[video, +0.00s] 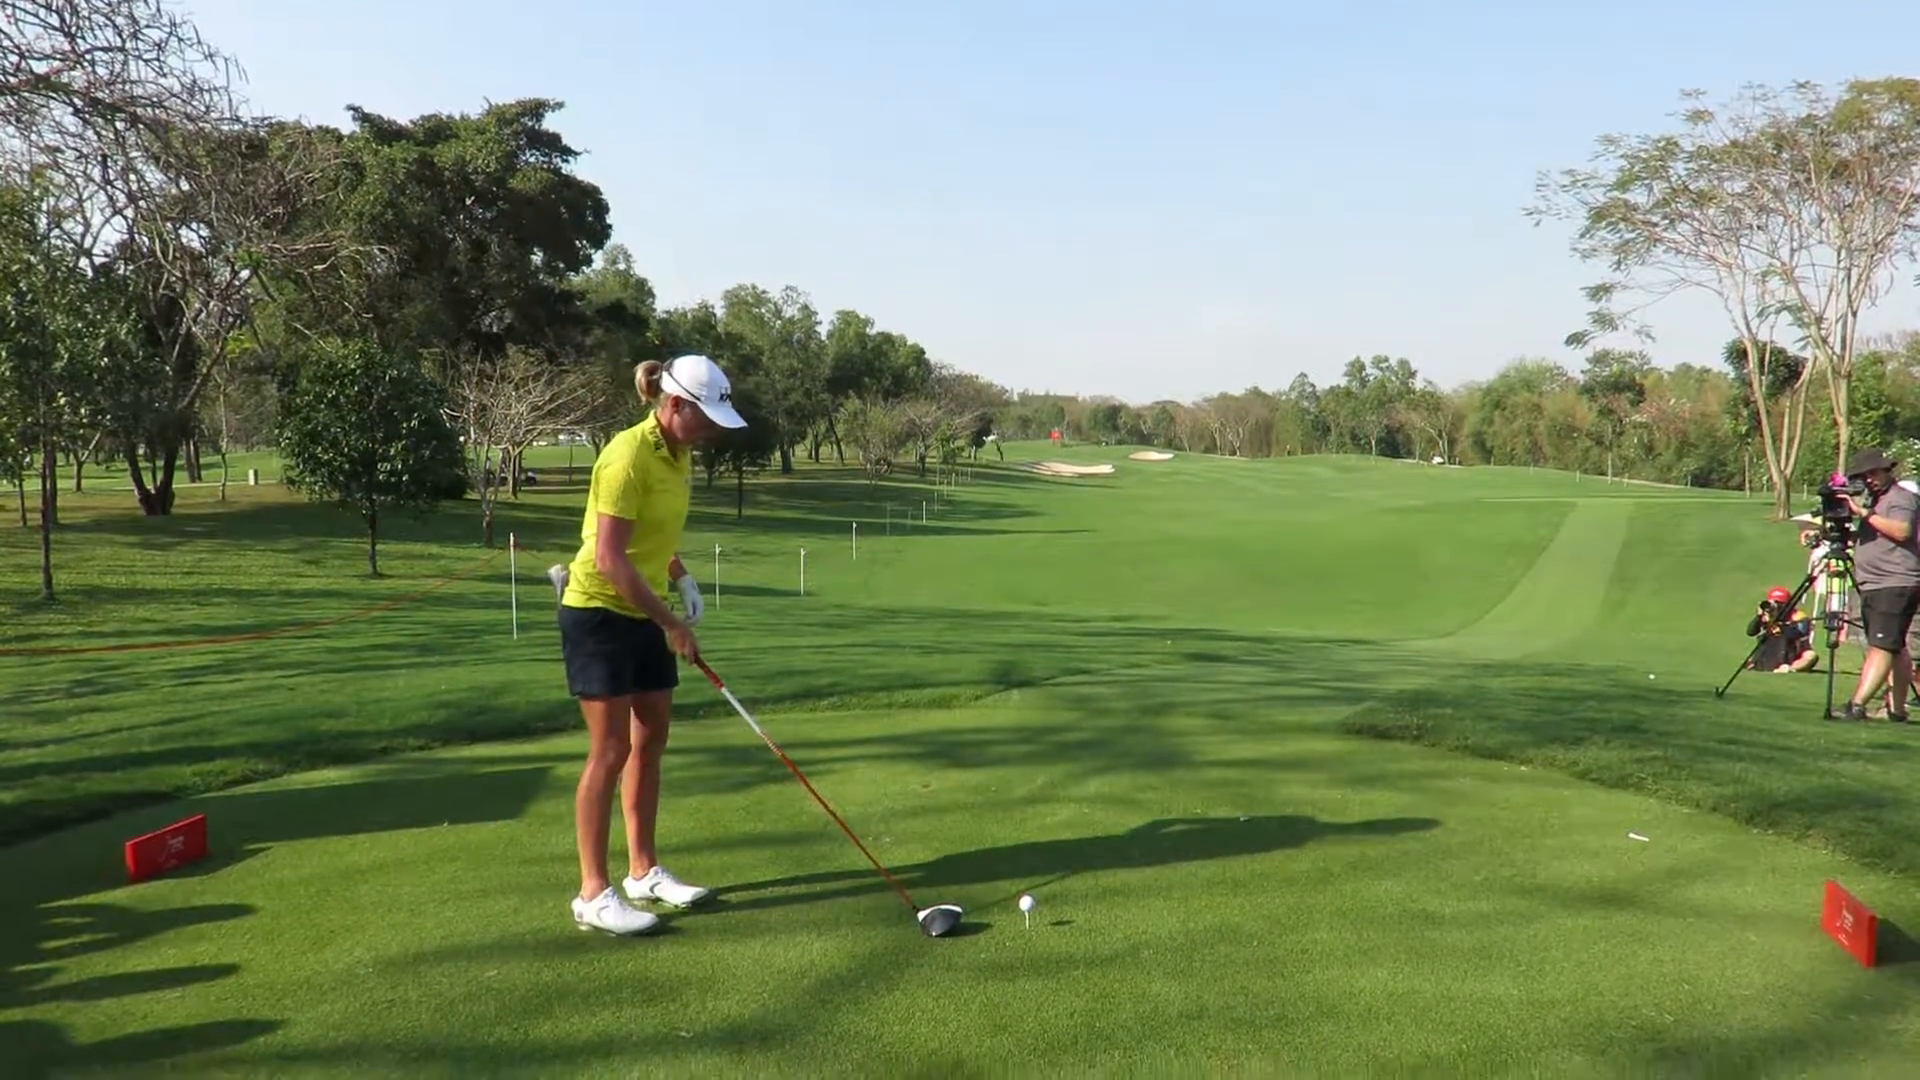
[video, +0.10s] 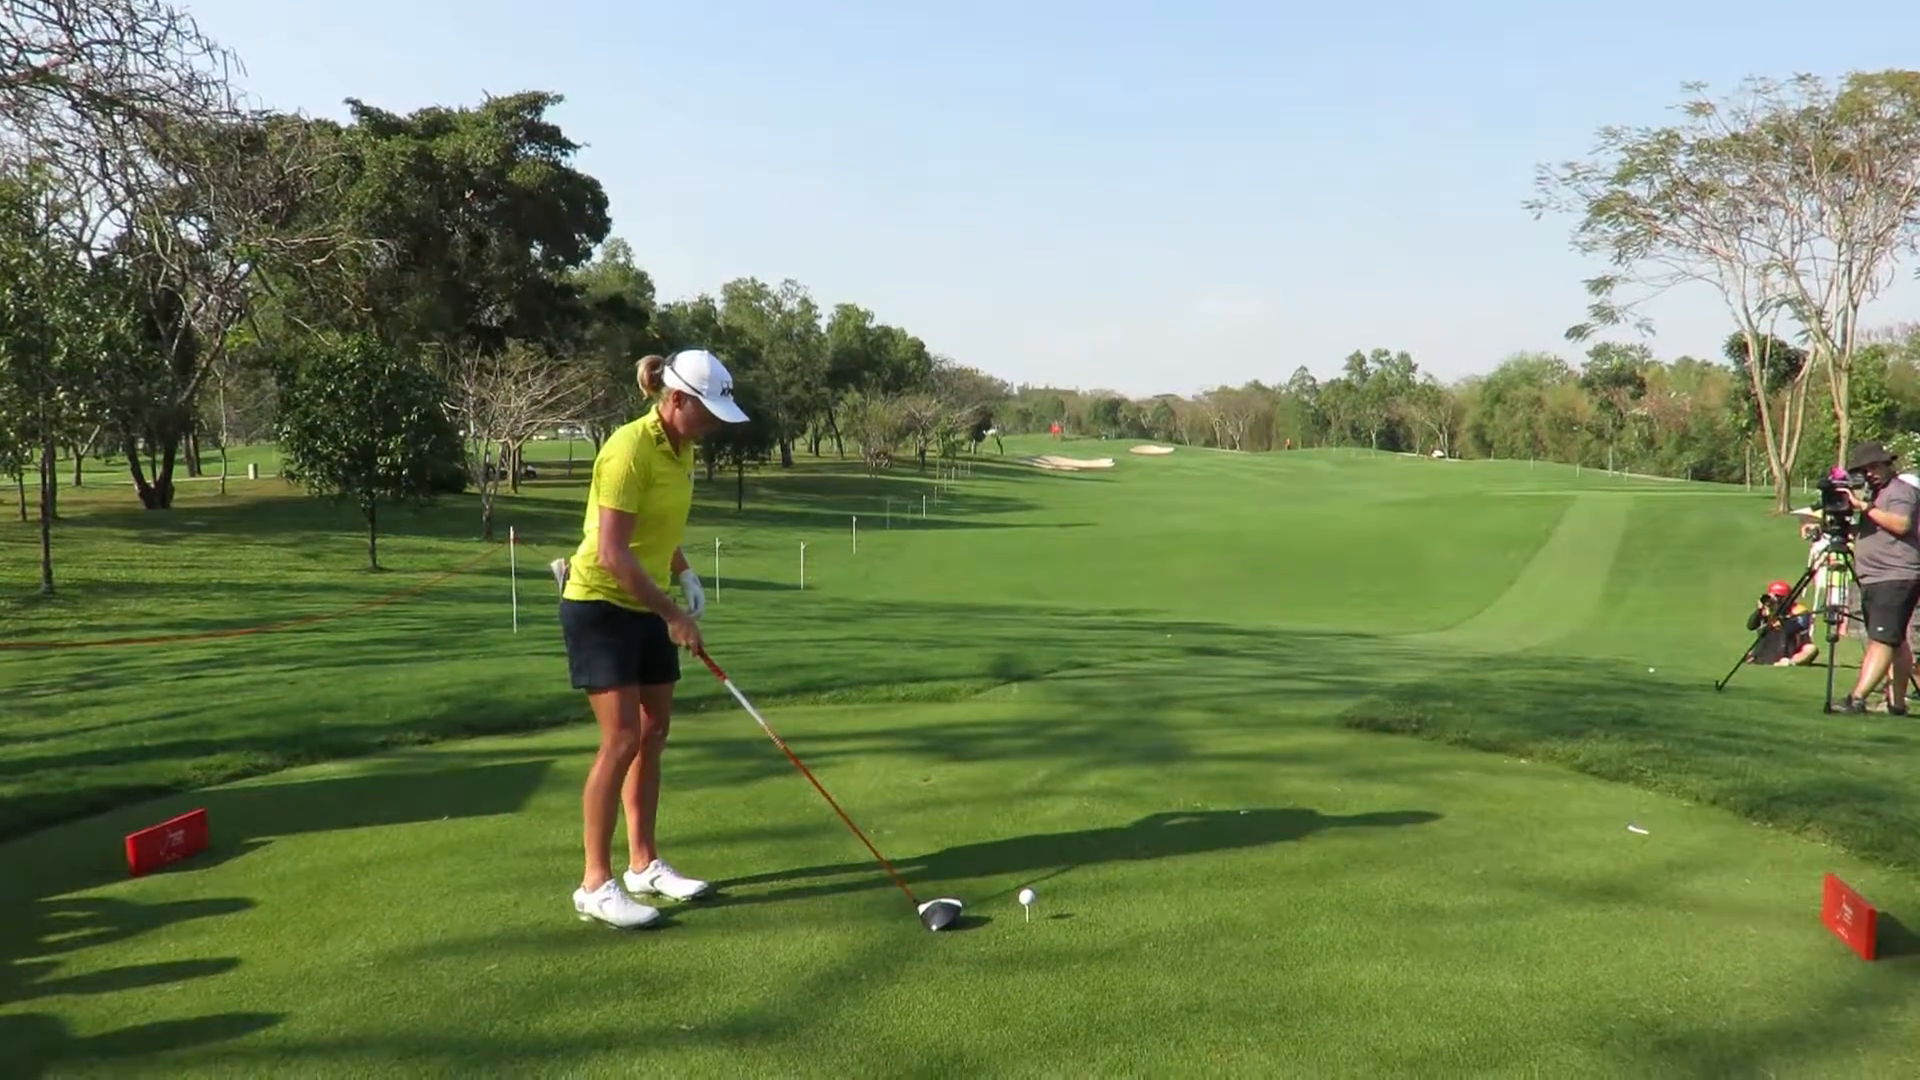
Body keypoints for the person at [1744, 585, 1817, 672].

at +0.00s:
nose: (1774, 609)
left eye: (1778, 605)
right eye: (1772, 605)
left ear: (1786, 605)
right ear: (1769, 604)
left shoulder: (1798, 618)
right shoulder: (1769, 616)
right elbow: (1750, 632)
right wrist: (1759, 617)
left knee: (1811, 655)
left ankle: (1792, 668)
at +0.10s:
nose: (1773, 603)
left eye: (1777, 599)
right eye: (1771, 599)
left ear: (1785, 599)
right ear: (1769, 598)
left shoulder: (1799, 611)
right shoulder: (1769, 610)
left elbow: (1800, 626)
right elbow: (1751, 626)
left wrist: (1782, 623)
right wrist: (1759, 611)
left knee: (1812, 648)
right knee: (1749, 655)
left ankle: (1791, 661)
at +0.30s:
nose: (1772, 595)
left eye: (1776, 592)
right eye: (1770, 592)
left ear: (1785, 592)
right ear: (1767, 591)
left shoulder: (1798, 604)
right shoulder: (1768, 603)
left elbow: (1800, 618)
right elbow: (1749, 619)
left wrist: (1781, 616)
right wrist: (1758, 604)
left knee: (1810, 641)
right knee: (1748, 649)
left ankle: (1790, 654)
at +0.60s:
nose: (1773, 588)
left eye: (1777, 585)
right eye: (1771, 585)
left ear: (1785, 585)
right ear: (1768, 584)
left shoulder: (1799, 597)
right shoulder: (1768, 596)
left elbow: (1797, 614)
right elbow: (1750, 612)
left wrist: (1782, 608)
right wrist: (1759, 597)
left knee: (1811, 635)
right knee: (1749, 643)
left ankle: (1790, 648)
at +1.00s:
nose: (1773, 581)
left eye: (1776, 577)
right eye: (1770, 577)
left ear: (1785, 577)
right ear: (1768, 576)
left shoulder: (1798, 589)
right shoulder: (1769, 588)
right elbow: (1750, 604)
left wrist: (1782, 602)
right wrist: (1759, 589)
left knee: (1810, 627)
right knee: (1748, 634)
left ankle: (1790, 640)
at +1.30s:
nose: (1773, 576)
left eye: (1776, 572)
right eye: (1770, 572)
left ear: (1785, 572)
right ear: (1768, 571)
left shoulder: (1798, 583)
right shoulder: (1769, 583)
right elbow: (1750, 599)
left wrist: (1782, 595)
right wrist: (1758, 583)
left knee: (1810, 621)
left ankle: (1790, 634)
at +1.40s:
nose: (1772, 576)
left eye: (1776, 572)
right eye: (1770, 572)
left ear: (1785, 572)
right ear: (1767, 571)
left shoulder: (1798, 584)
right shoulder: (1769, 584)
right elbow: (1749, 598)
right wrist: (1758, 583)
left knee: (1811, 621)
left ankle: (1790, 634)